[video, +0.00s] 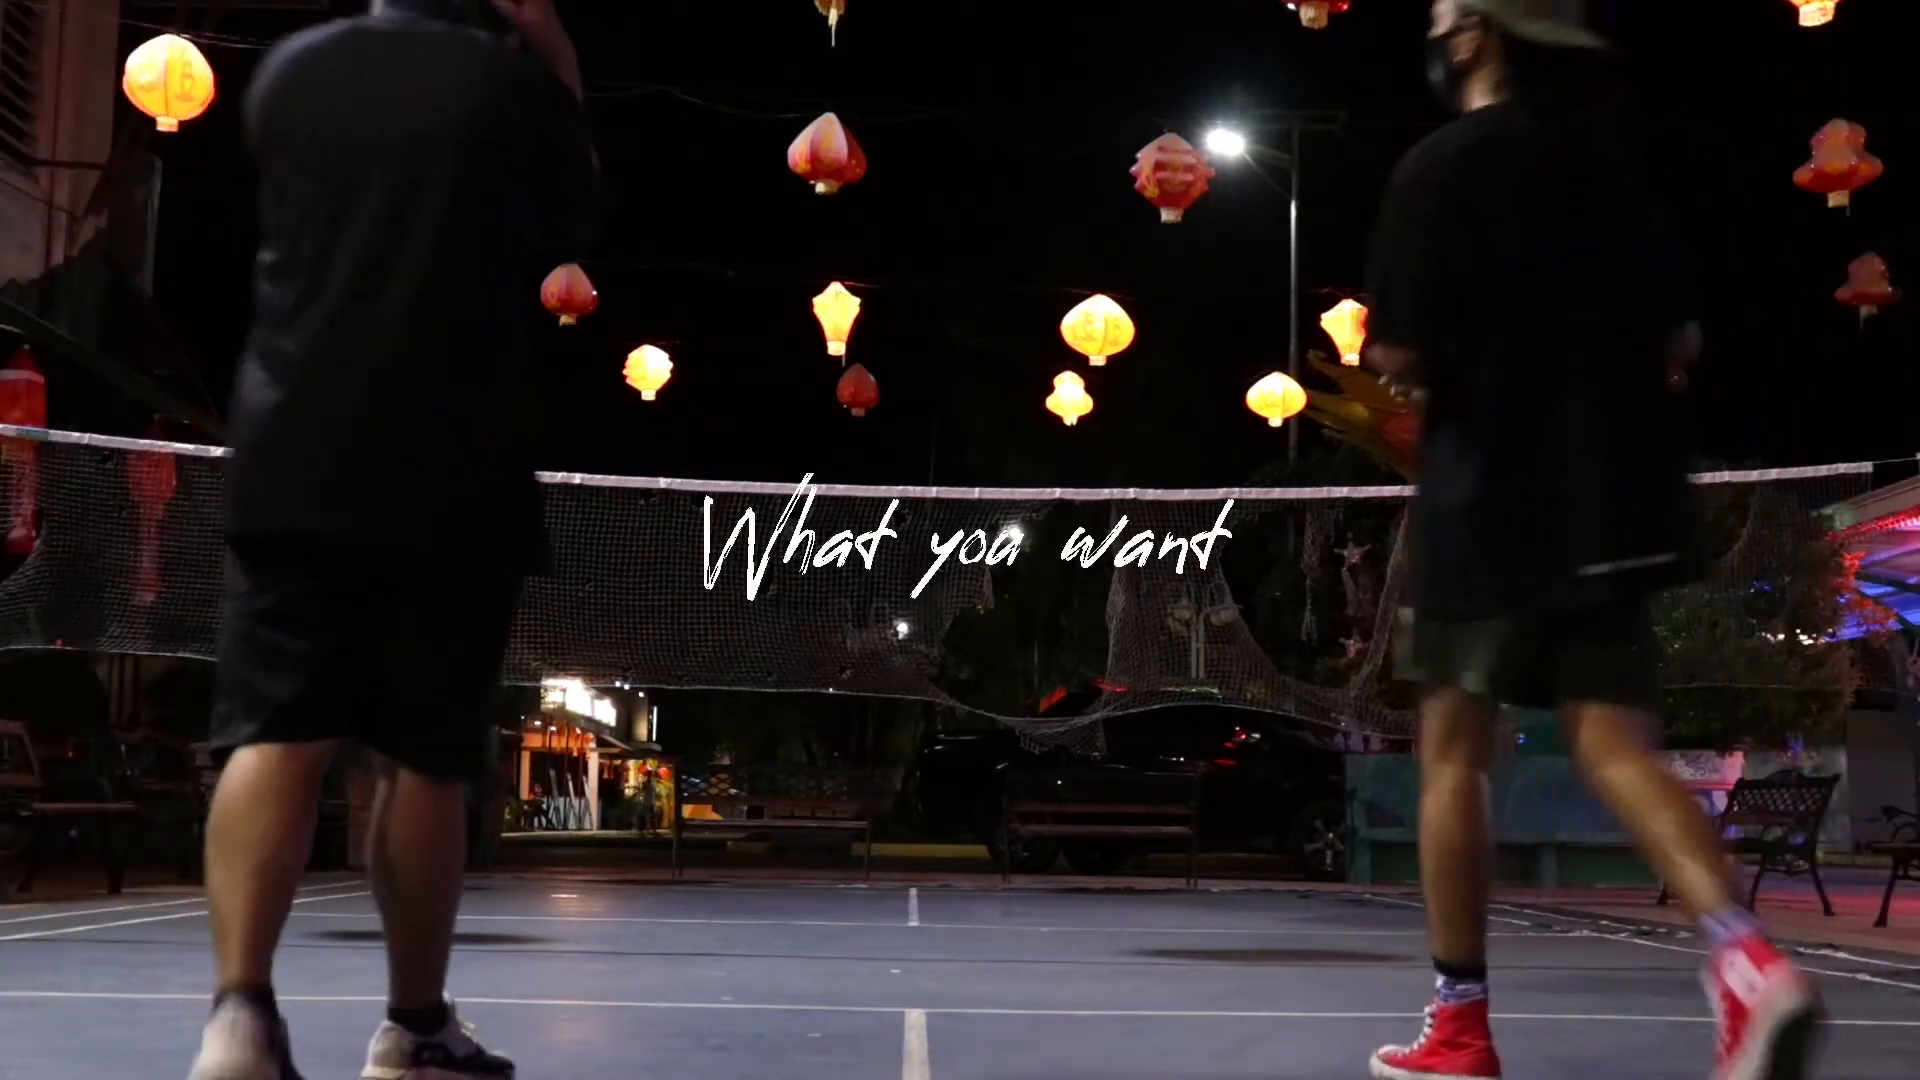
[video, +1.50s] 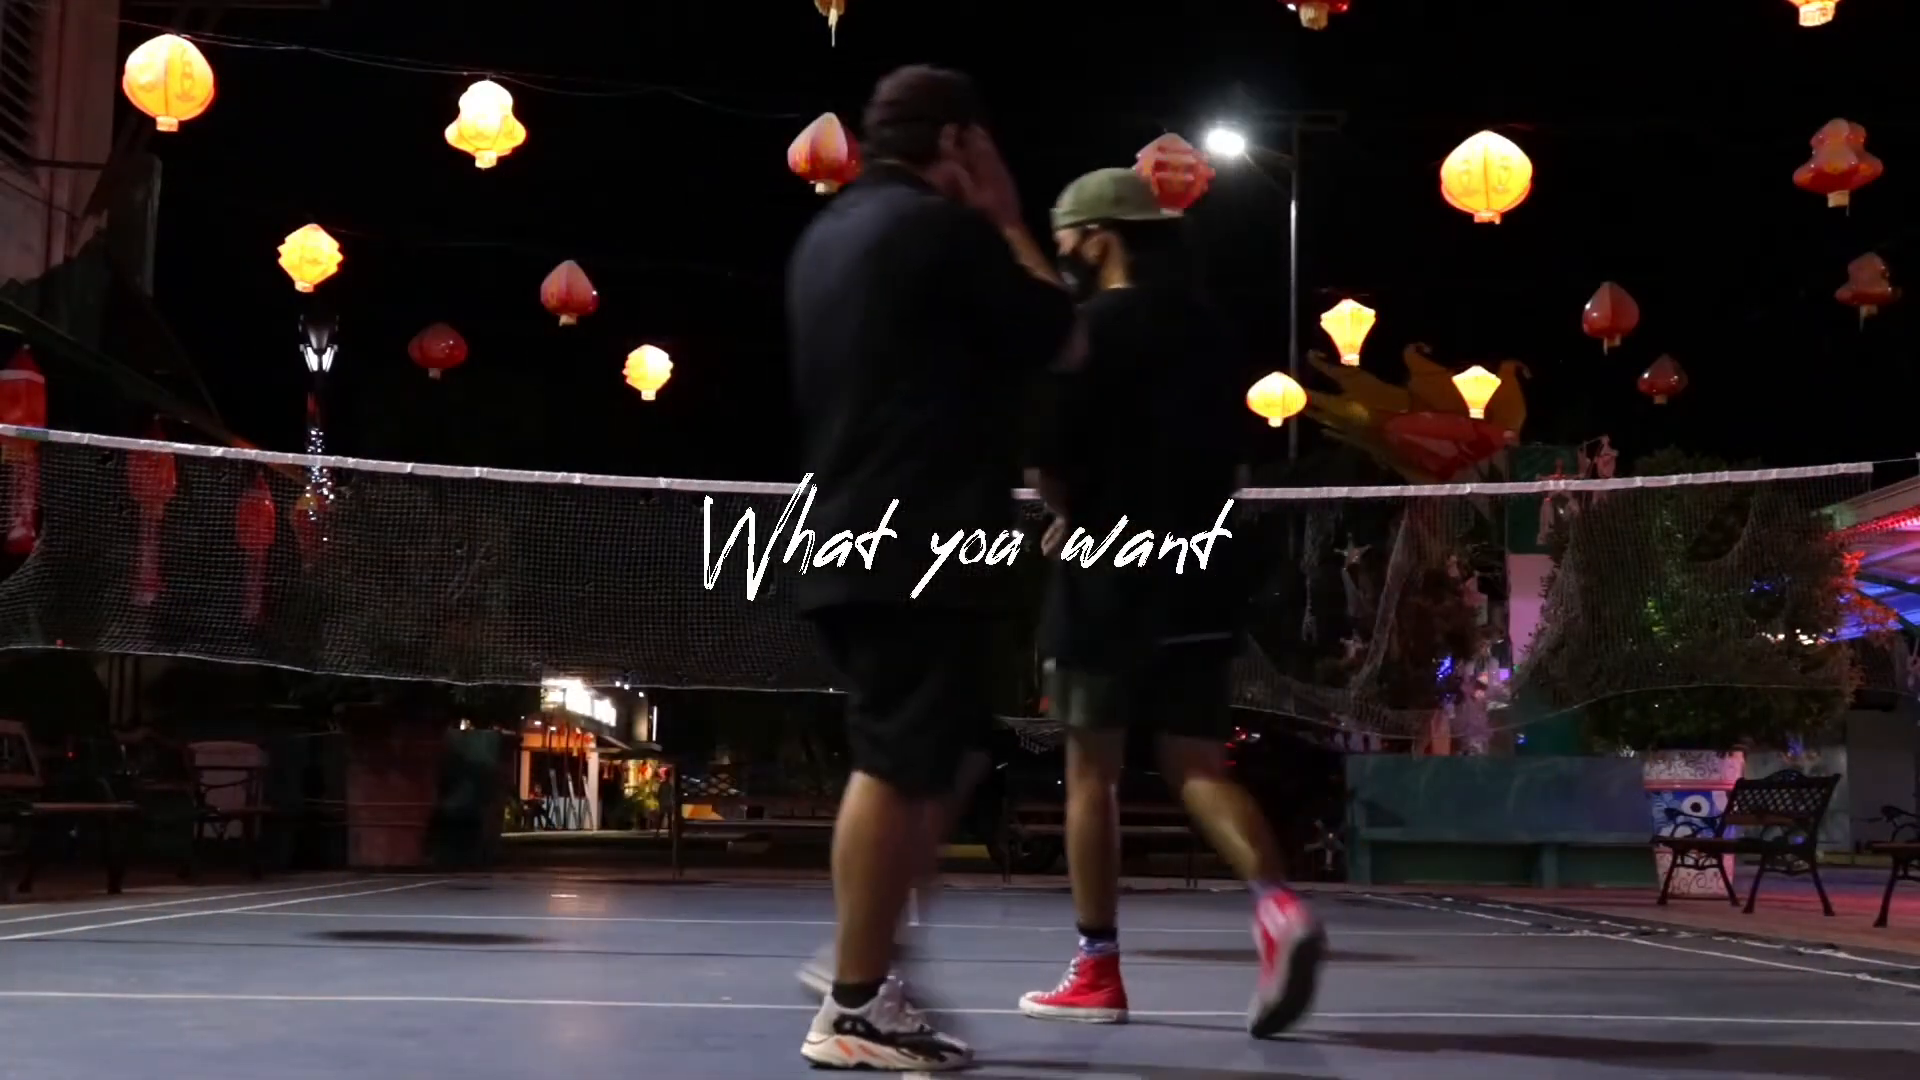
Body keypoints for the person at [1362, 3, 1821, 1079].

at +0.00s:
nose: (1436, 40)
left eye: (1445, 24)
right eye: (1442, 24)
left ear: (1474, 39)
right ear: (1557, 42)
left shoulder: (1446, 168)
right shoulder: (1626, 154)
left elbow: (1399, 358)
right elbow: (1676, 343)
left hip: (1485, 507)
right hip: (1615, 498)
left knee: (1452, 752)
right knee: (1615, 742)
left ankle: (1458, 1022)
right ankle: (1748, 966)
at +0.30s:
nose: (1344, 75)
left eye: (1350, 55)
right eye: (1349, 55)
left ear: (1375, 65)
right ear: (1463, 68)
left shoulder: (1348, 186)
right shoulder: (1525, 189)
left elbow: (1282, 351)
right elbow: (1565, 358)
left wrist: (1364, 385)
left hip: (1387, 499)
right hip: (1494, 495)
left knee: (1424, 755)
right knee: (1467, 743)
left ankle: (1457, 1016)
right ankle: (1489, 964)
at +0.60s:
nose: (1295, 179)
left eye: (1297, 164)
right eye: (1296, 166)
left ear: (1321, 155)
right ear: (1399, 151)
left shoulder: (1296, 231)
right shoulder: (1460, 244)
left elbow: (1235, 395)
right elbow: (1503, 415)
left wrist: (1296, 447)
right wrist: (1420, 449)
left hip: (1326, 519)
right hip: (1423, 523)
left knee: (1388, 764)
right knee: (1359, 761)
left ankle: (1455, 1009)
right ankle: (1333, 989)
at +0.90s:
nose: (1240, 203)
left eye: (1242, 190)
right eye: (1239, 191)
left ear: (1267, 180)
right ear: (1330, 177)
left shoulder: (1257, 253)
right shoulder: (1388, 264)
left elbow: (1218, 412)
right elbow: (1420, 420)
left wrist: (1219, 482)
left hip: (1268, 548)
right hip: (1358, 553)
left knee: (1203, 736)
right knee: (1323, 759)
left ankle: (1321, 883)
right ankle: (1327, 1001)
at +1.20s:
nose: (1166, 235)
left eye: (1169, 219)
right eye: (1162, 221)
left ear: (1204, 207)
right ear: (1244, 206)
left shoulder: (1200, 288)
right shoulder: (1306, 286)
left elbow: (1171, 437)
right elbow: (1303, 428)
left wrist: (1164, 498)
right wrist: (1171, 486)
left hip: (1210, 560)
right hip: (1305, 552)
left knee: (1157, 752)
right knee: (1303, 762)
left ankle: (1120, 959)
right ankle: (1320, 984)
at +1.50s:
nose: (1062, 254)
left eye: (1068, 240)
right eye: (1063, 240)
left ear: (1101, 239)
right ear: (1144, 238)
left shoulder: (1098, 325)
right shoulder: (1207, 323)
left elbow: (1057, 449)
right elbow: (1227, 448)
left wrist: (1073, 512)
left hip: (1105, 570)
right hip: (1200, 566)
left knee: (1089, 766)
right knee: (1195, 762)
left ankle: (1095, 972)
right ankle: (1278, 907)